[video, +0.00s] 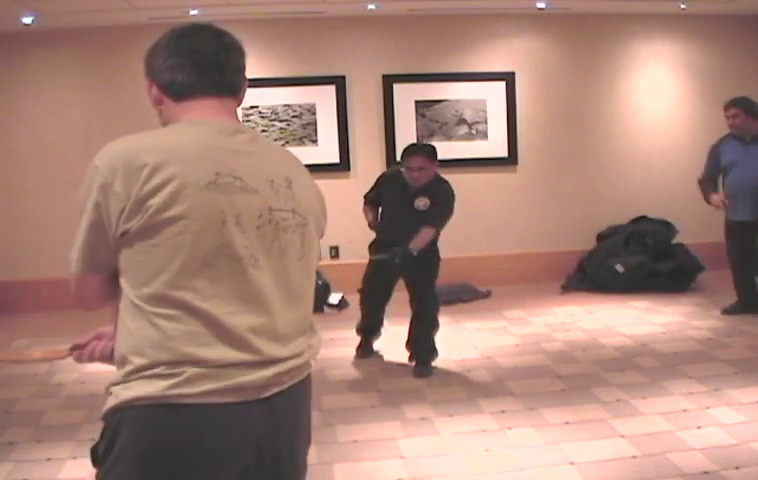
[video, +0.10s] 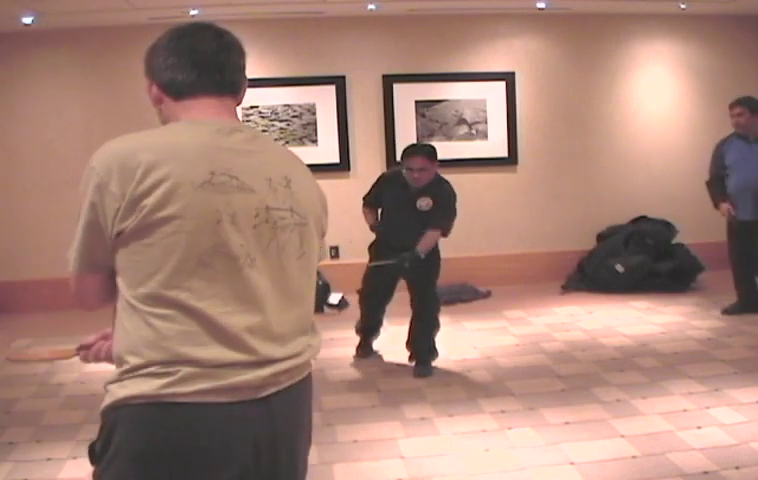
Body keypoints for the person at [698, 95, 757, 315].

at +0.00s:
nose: (730, 122)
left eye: (734, 116)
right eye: (728, 117)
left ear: (750, 116)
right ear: (726, 119)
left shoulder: (755, 143)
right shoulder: (723, 146)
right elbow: (707, 176)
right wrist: (710, 194)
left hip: (753, 216)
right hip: (738, 217)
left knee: (752, 260)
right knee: (740, 260)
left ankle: (752, 300)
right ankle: (745, 299)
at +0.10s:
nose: (735, 120)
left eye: (740, 115)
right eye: (732, 116)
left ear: (754, 116)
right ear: (730, 118)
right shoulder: (726, 146)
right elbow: (715, 177)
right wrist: (721, 200)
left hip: (753, 215)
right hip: (740, 216)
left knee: (751, 259)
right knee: (741, 259)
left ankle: (752, 299)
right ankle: (745, 299)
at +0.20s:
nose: (744, 119)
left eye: (748, 114)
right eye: (740, 115)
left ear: (757, 115)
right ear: (737, 118)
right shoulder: (732, 146)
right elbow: (720, 176)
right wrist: (722, 204)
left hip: (753, 215)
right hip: (742, 215)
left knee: (751, 259)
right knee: (742, 259)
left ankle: (751, 299)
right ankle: (745, 299)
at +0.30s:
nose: (753, 118)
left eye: (755, 114)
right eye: (751, 114)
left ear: (756, 115)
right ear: (748, 116)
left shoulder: (745, 145)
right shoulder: (743, 145)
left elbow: (726, 173)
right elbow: (727, 173)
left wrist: (722, 202)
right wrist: (721, 202)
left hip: (751, 218)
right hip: (749, 217)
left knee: (748, 259)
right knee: (746, 258)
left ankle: (748, 299)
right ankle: (747, 299)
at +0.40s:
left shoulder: (750, 147)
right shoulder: (751, 147)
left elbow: (736, 172)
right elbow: (736, 172)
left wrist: (723, 200)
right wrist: (723, 199)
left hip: (754, 217)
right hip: (754, 216)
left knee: (750, 257)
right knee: (749, 257)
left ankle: (748, 299)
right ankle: (747, 299)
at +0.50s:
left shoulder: (754, 151)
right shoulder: (755, 150)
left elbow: (747, 170)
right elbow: (747, 170)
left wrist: (731, 196)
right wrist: (731, 196)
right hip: (757, 220)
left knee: (754, 254)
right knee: (754, 254)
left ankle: (749, 296)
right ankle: (749, 296)